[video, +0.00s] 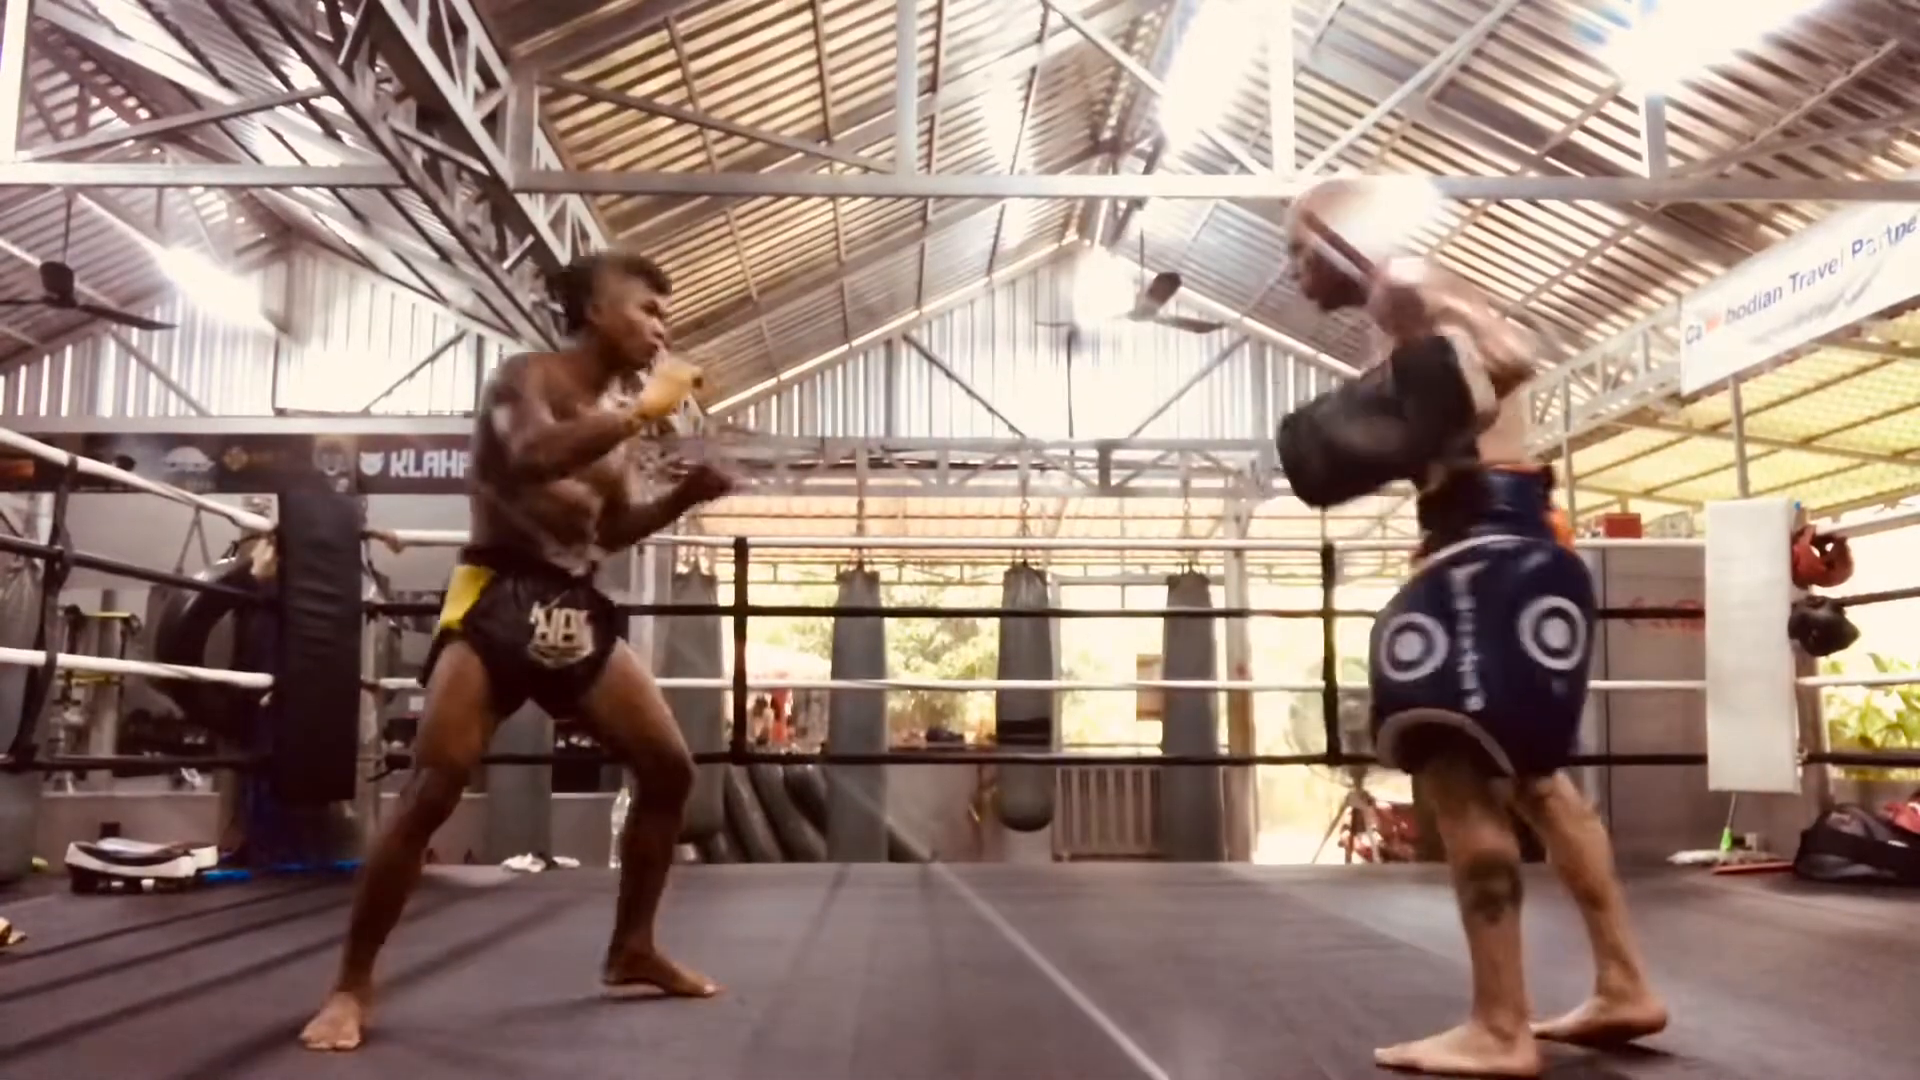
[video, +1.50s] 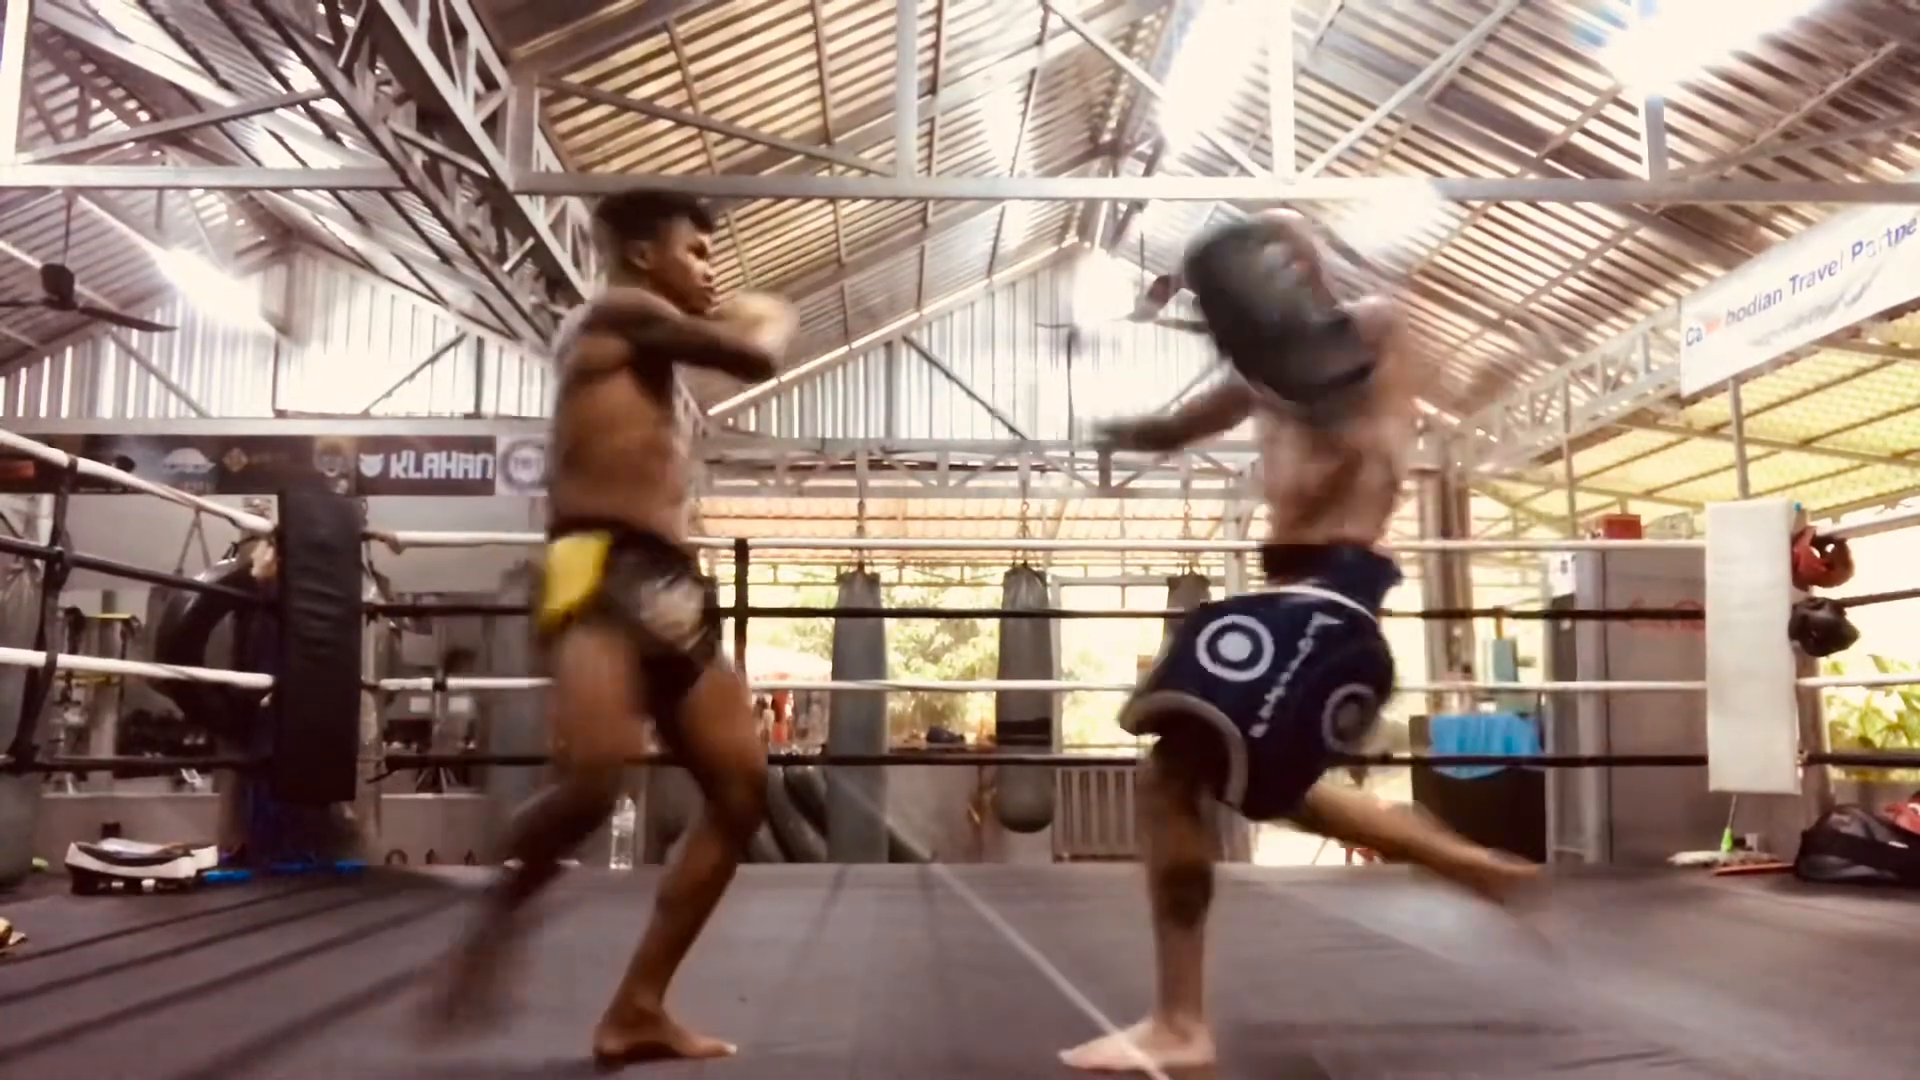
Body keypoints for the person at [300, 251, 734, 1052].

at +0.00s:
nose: (660, 321)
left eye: (661, 308)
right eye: (645, 304)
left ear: (642, 326)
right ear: (590, 309)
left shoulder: (619, 416)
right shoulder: (525, 375)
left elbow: (612, 531)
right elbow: (523, 458)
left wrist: (683, 497)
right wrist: (635, 413)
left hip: (579, 609)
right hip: (496, 597)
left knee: (669, 768)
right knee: (433, 791)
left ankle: (633, 950)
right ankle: (350, 989)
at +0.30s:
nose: (695, 306)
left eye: (697, 294)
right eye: (682, 289)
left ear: (656, 301)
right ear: (625, 284)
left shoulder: (634, 393)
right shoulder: (558, 358)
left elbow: (663, 508)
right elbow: (591, 432)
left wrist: (726, 447)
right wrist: (693, 397)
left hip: (597, 595)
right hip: (516, 585)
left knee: (678, 768)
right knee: (443, 792)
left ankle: (683, 977)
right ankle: (355, 989)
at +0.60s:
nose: (789, 354)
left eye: (792, 339)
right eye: (780, 334)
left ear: (745, 337)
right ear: (728, 327)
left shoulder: (738, 438)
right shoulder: (650, 384)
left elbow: (766, 529)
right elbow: (644, 482)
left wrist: (834, 504)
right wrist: (757, 497)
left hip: (654, 614)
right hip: (576, 592)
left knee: (738, 779)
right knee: (484, 776)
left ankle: (689, 975)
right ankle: (377, 966)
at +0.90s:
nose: (755, 315)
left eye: (758, 300)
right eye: (744, 295)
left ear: (704, 298)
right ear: (691, 289)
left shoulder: (680, 390)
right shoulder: (614, 351)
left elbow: (739, 483)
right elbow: (660, 426)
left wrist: (796, 414)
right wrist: (768, 391)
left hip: (617, 589)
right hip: (541, 573)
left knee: (690, 777)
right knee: (457, 785)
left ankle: (681, 978)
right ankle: (344, 999)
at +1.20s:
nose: (681, 283)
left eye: (683, 267)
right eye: (670, 262)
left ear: (641, 270)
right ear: (611, 255)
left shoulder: (618, 377)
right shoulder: (526, 321)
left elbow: (670, 483)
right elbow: (534, 409)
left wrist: (728, 424)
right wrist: (673, 394)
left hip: (566, 582)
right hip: (479, 568)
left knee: (650, 771)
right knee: (418, 798)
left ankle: (668, 980)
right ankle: (335, 1012)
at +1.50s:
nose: (710, 264)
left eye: (709, 250)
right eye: (696, 247)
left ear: (652, 254)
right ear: (643, 250)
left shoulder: (649, 337)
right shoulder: (618, 310)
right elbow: (756, 355)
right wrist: (765, 313)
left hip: (662, 576)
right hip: (599, 564)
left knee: (740, 792)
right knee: (594, 780)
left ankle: (638, 1008)